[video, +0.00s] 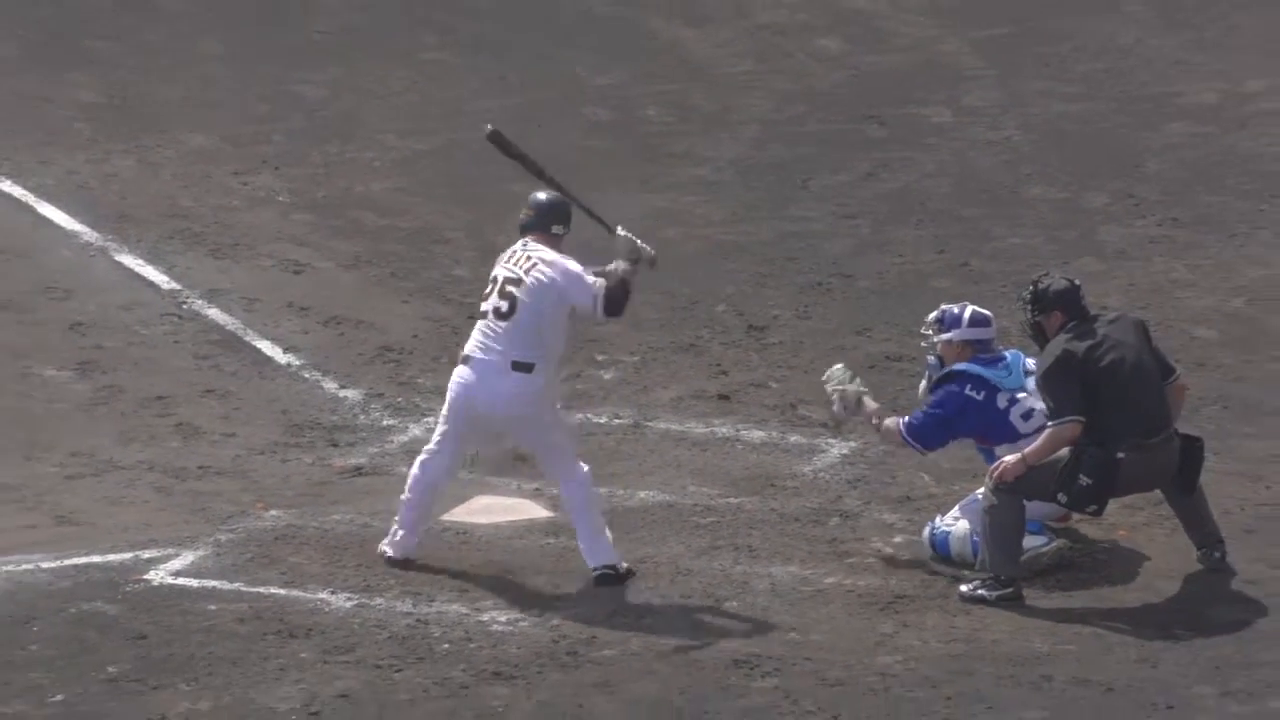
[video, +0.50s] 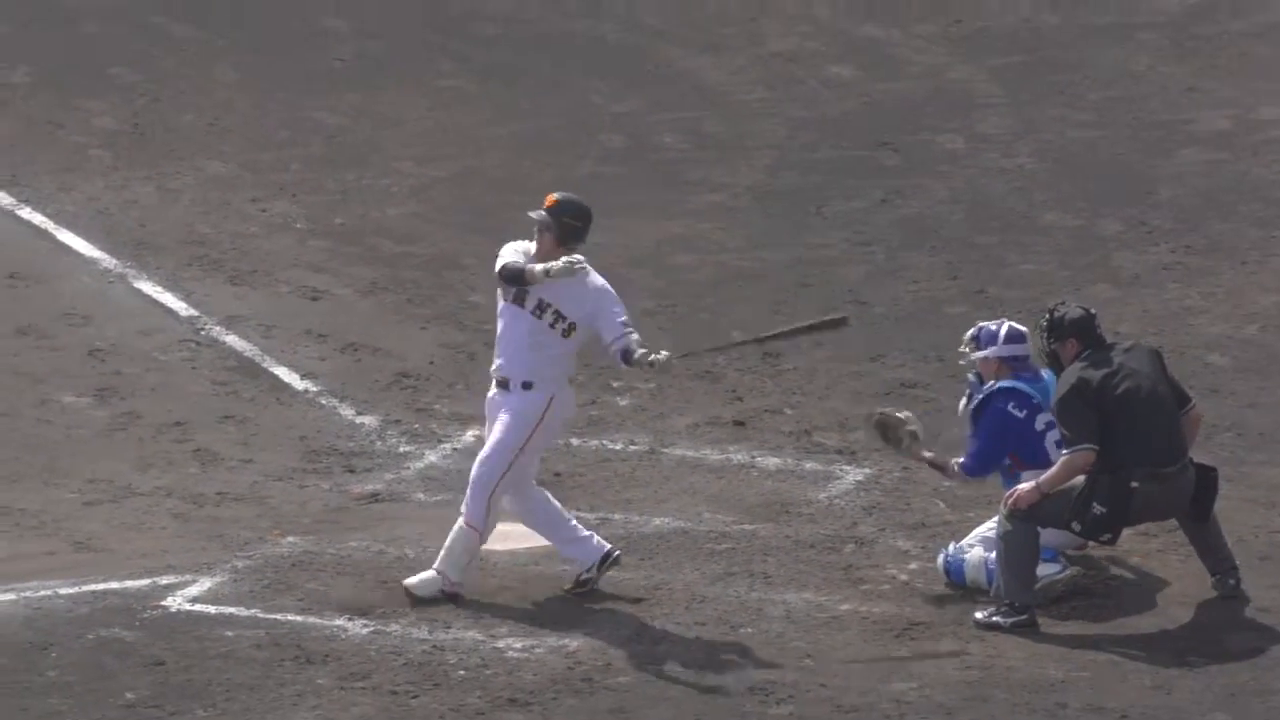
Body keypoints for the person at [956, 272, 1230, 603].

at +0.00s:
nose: (1035, 325)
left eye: (1037, 318)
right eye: (1033, 317)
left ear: (1056, 318)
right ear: (1081, 308)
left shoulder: (1056, 358)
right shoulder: (1129, 326)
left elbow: (1068, 428)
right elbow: (1176, 387)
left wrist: (1022, 460)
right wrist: (1159, 431)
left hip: (1108, 471)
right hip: (1165, 457)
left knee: (1004, 482)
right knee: (1171, 463)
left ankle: (1001, 580)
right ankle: (1213, 550)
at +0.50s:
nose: (1052, 356)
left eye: (1053, 348)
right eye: (1050, 348)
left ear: (1071, 346)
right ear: (1097, 337)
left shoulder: (1073, 384)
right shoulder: (1144, 355)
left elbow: (1081, 457)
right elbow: (1191, 415)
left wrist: (1037, 489)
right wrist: (1171, 461)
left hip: (1120, 497)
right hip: (1178, 487)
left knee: (1018, 509)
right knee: (1186, 491)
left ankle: (1015, 606)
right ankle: (1228, 578)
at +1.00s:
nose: (1057, 346)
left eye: (1058, 339)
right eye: (1055, 339)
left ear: (1075, 335)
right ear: (1098, 323)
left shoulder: (1078, 376)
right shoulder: (1148, 339)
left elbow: (1092, 448)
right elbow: (1189, 401)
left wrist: (1051, 486)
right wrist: (1190, 448)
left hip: (1139, 482)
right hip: (1193, 468)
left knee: (1038, 509)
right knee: (1207, 497)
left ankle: (1039, 604)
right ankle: (1253, 574)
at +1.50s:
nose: (1026, 277)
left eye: (1028, 269)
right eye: (1025, 269)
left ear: (1044, 270)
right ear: (1065, 261)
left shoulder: (1052, 321)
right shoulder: (1111, 277)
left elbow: (1059, 402)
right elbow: (1144, 342)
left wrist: (1057, 461)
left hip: (1119, 419)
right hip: (1165, 397)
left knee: (1066, 502)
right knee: (1179, 493)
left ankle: (1071, 603)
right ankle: (1238, 586)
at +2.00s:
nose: (1107, 255)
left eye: (1109, 248)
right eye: (1108, 247)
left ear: (1122, 252)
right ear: (1150, 244)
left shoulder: (1113, 306)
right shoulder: (1188, 270)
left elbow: (1103, 383)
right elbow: (1226, 278)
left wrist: (1089, 440)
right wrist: (1227, 234)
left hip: (1144, 417)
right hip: (1197, 406)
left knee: (1114, 513)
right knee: (1203, 509)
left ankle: (1095, 611)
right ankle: (1236, 612)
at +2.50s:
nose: (1187, 234)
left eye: (1192, 227)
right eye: (1189, 226)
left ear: (1208, 233)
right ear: (1230, 229)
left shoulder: (1198, 286)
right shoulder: (1265, 253)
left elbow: (1194, 364)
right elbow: (1237, 221)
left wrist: (1173, 421)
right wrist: (1222, 177)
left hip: (1212, 400)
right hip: (1258, 389)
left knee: (1174, 494)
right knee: (1238, 489)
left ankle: (1150, 592)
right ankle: (1248, 593)